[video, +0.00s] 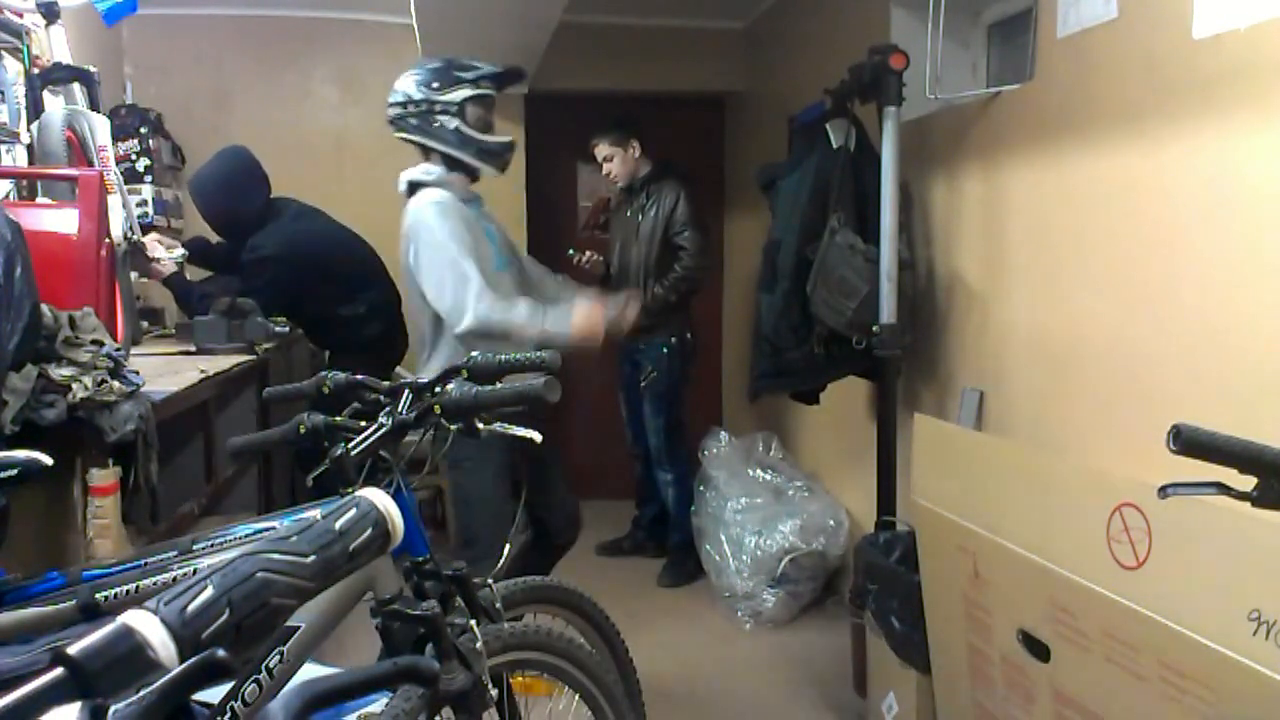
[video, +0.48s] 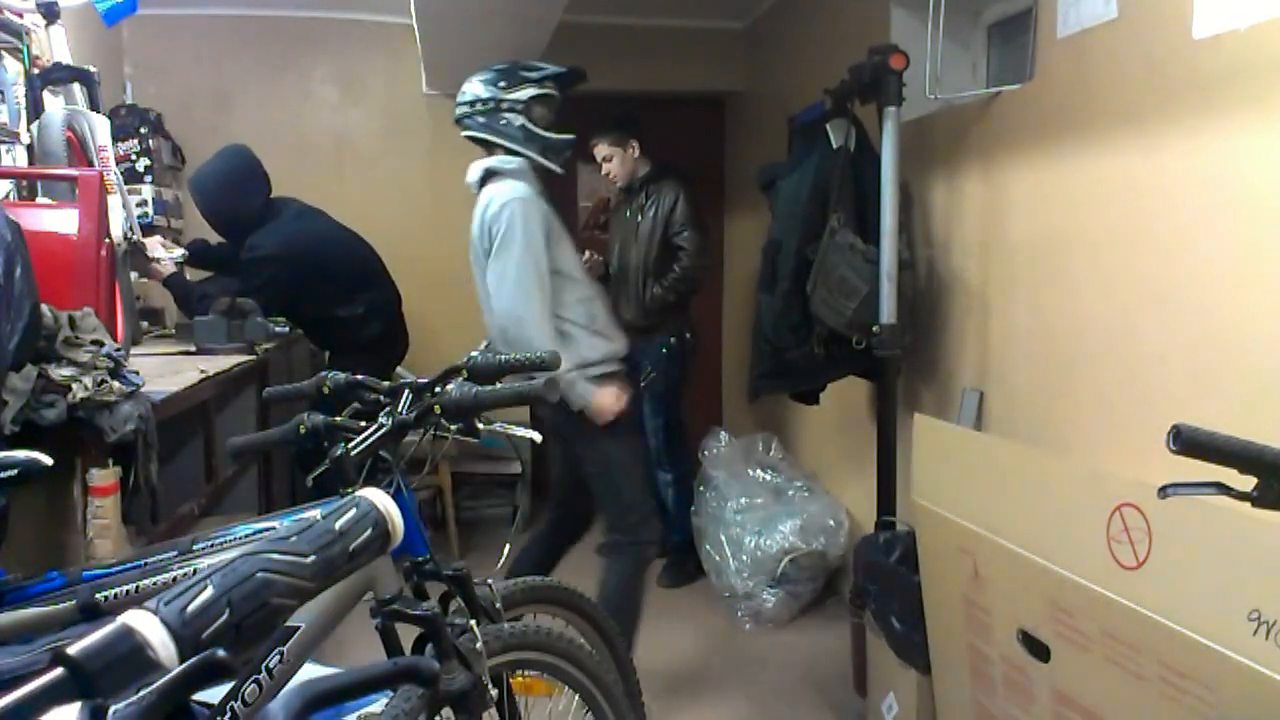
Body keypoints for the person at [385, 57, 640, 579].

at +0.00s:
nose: (498, 130)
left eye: (494, 116)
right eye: (484, 116)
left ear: (453, 125)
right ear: (446, 123)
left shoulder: (468, 208)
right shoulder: (433, 212)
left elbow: (533, 281)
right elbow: (472, 312)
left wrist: (603, 304)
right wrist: (571, 321)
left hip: (512, 401)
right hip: (471, 411)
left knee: (558, 524)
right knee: (486, 559)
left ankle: (493, 612)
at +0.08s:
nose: (504, 115)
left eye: (502, 102)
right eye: (489, 102)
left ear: (455, 117)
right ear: (450, 112)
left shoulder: (473, 197)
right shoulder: (448, 203)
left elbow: (513, 296)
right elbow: (456, 323)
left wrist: (564, 354)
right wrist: (531, 384)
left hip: (535, 397)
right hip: (505, 405)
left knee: (556, 521)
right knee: (510, 534)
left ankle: (481, 617)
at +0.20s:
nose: (519, 116)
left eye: (517, 104)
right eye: (505, 104)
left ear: (469, 118)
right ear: (468, 113)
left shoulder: (482, 193)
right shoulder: (469, 199)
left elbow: (496, 303)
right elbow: (480, 311)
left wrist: (576, 344)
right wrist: (570, 352)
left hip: (542, 388)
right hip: (525, 393)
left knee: (557, 518)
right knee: (558, 525)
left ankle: (498, 617)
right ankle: (491, 620)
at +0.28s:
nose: (529, 124)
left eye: (527, 112)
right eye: (515, 112)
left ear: (487, 121)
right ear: (479, 120)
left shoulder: (494, 196)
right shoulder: (481, 199)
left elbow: (534, 280)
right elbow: (521, 288)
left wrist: (613, 285)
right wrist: (625, 293)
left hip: (537, 393)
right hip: (519, 398)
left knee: (571, 524)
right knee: (596, 534)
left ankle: (504, 622)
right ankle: (505, 619)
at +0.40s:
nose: (544, 129)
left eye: (541, 117)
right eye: (530, 117)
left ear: (496, 128)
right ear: (494, 125)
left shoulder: (497, 196)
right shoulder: (505, 201)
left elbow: (528, 294)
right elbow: (546, 296)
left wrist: (574, 276)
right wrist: (640, 317)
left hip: (532, 393)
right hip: (543, 396)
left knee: (568, 525)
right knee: (623, 530)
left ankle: (492, 621)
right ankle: (583, 659)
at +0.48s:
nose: (557, 124)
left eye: (555, 110)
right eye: (542, 112)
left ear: (504, 125)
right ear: (506, 119)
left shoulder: (504, 197)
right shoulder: (515, 203)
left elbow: (515, 321)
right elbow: (521, 323)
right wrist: (583, 391)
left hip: (563, 398)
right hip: (587, 396)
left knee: (568, 514)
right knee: (635, 533)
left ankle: (496, 621)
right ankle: (610, 683)